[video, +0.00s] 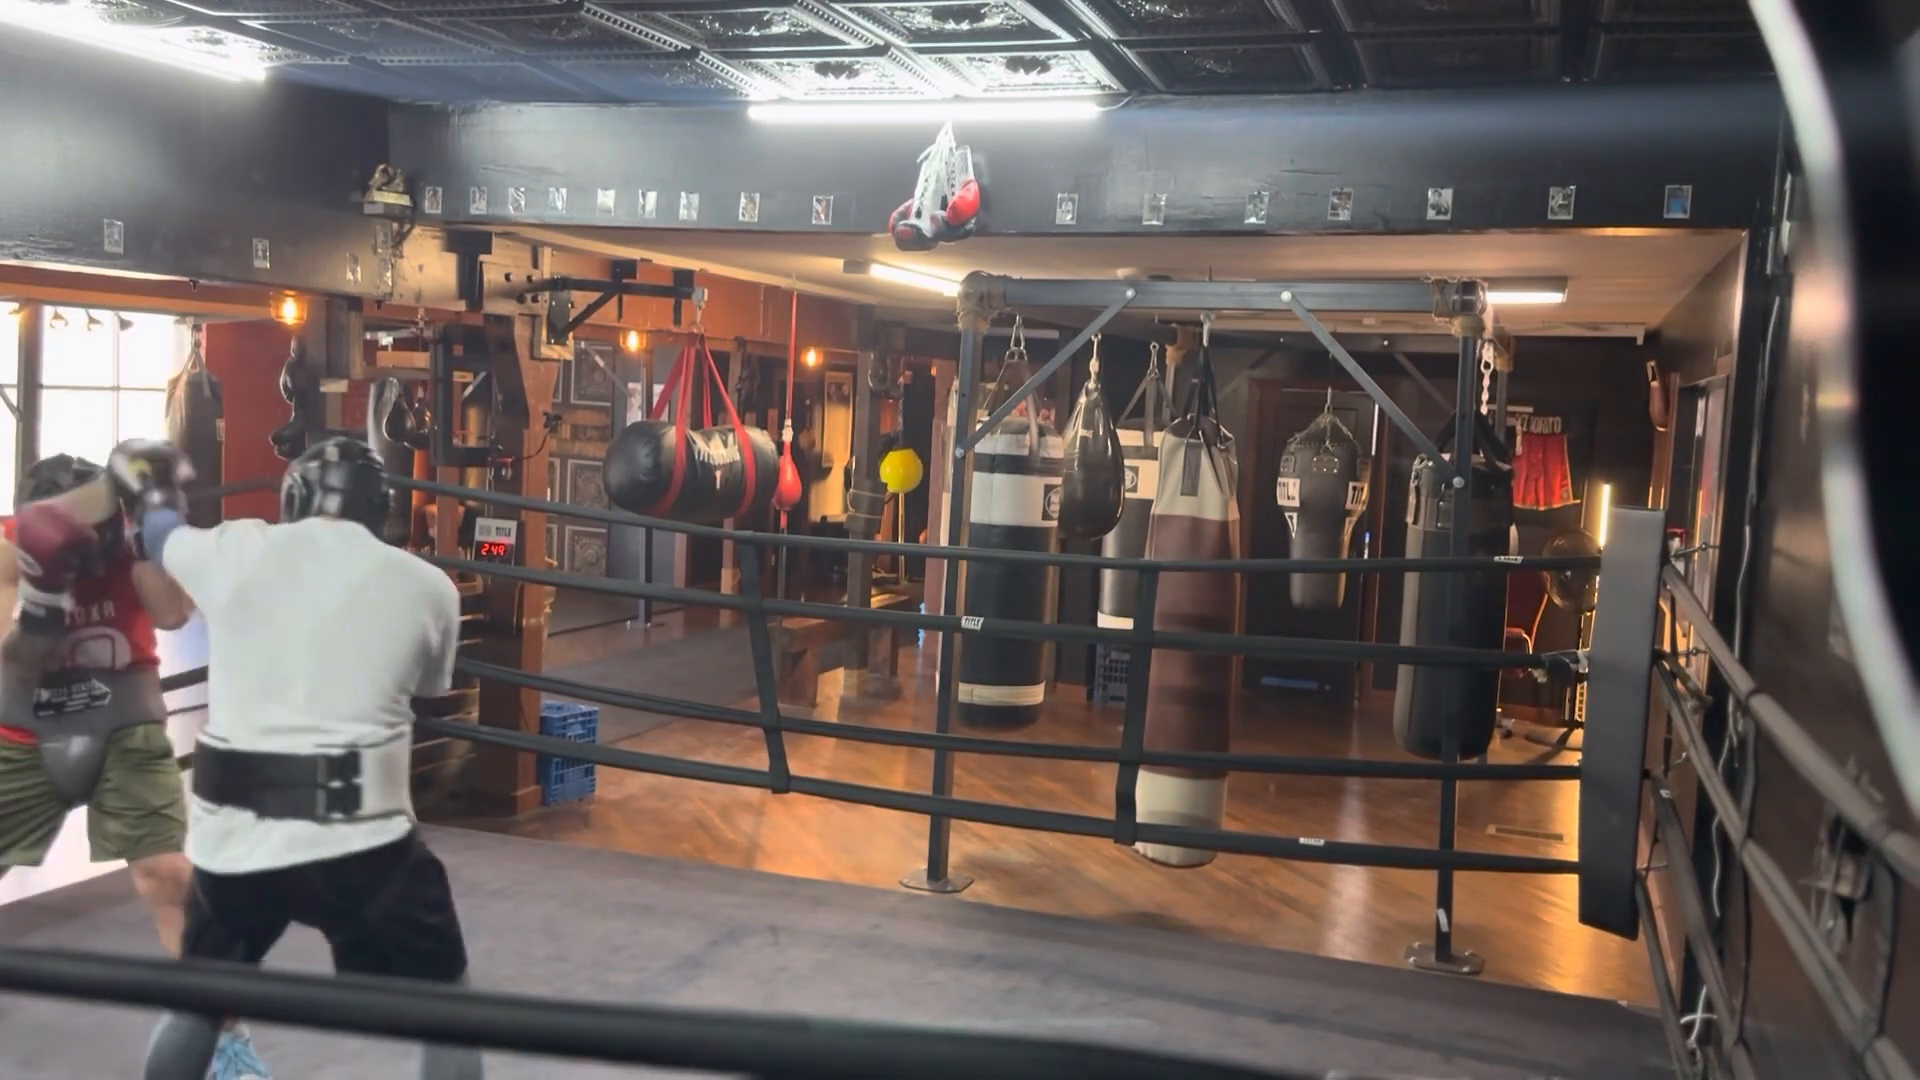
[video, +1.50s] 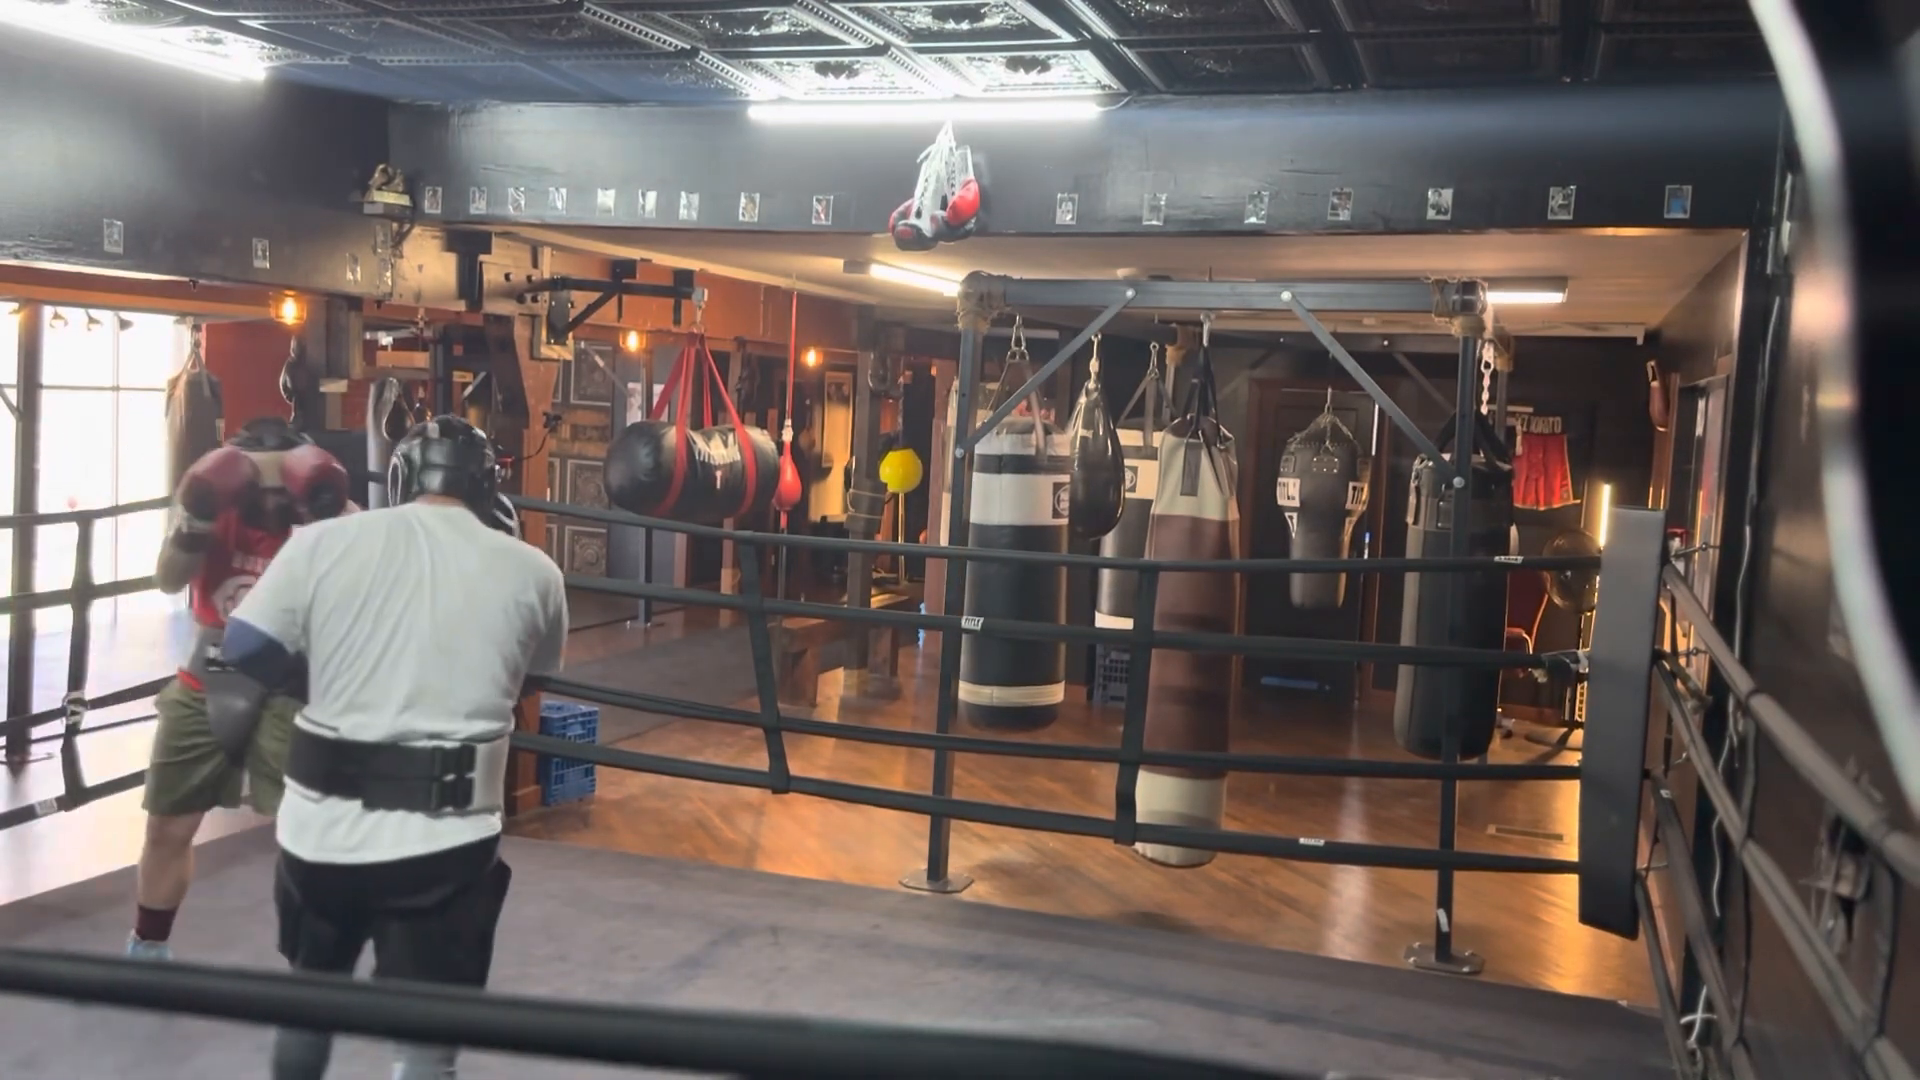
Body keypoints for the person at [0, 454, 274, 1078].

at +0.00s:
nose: (66, 531)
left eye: (80, 517)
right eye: (51, 521)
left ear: (108, 507)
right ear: (27, 518)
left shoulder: (131, 545)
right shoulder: (14, 548)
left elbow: (173, 614)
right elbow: (22, 664)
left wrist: (148, 532)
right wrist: (46, 591)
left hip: (130, 730)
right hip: (22, 733)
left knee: (168, 876)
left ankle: (227, 1038)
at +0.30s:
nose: (67, 511)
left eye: (80, 497)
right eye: (52, 498)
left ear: (99, 492)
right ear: (22, 490)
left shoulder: (113, 525)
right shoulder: (6, 532)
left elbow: (142, 616)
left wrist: (137, 524)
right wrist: (10, 534)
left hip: (99, 711)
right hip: (6, 710)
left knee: (143, 871)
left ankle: (198, 1022)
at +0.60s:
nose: (111, 509)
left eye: (124, 494)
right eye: (94, 496)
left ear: (143, 484)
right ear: (62, 483)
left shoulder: (164, 516)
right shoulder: (24, 502)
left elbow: (227, 554)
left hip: (138, 712)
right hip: (34, 714)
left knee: (157, 876)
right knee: (8, 871)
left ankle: (202, 1027)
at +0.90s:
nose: (175, 490)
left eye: (190, 474)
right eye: (158, 478)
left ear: (213, 457)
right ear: (131, 464)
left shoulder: (246, 501)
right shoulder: (92, 497)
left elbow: (264, 599)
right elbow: (68, 611)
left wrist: (207, 569)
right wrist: (119, 562)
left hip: (199, 695)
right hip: (106, 693)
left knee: (189, 864)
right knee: (59, 851)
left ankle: (201, 1003)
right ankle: (94, 967)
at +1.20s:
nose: (198, 451)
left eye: (210, 438)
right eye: (185, 439)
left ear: (228, 445)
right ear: (162, 448)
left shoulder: (245, 505)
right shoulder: (120, 507)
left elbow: (270, 579)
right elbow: (136, 588)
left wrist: (265, 515)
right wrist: (169, 513)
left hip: (231, 694)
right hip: (140, 699)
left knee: (227, 841)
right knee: (139, 847)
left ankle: (238, 975)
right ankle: (148, 967)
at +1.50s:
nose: (266, 486)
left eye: (277, 473)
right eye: (252, 475)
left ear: (298, 467)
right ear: (232, 473)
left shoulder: (322, 519)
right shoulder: (218, 511)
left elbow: (361, 571)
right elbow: (169, 578)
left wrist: (332, 514)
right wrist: (194, 516)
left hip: (290, 689)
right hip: (203, 681)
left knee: (309, 827)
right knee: (167, 827)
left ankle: (322, 959)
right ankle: (146, 956)